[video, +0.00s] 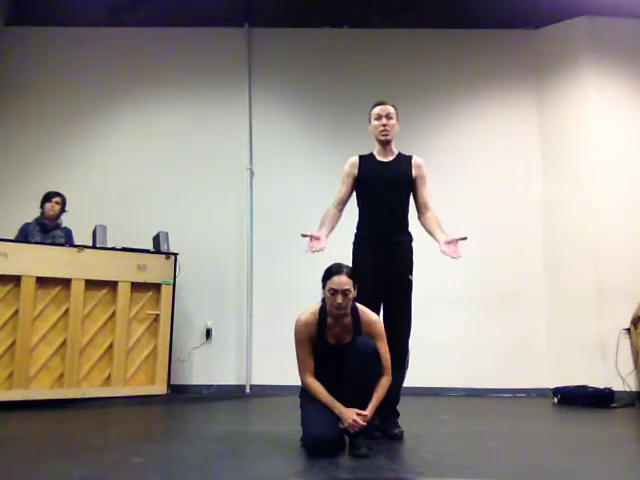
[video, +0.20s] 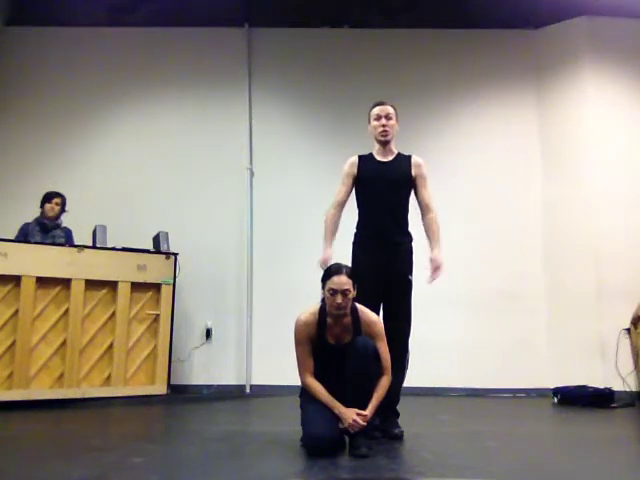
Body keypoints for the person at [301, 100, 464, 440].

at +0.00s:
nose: (384, 122)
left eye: (389, 117)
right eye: (378, 118)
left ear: (398, 124)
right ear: (370, 126)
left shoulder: (414, 166)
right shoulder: (356, 165)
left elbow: (425, 210)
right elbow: (337, 206)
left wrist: (442, 237)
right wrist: (323, 232)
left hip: (399, 259)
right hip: (365, 258)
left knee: (397, 339)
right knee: (361, 337)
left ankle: (389, 416)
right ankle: (360, 417)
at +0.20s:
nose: (383, 123)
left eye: (388, 118)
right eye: (378, 118)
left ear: (397, 125)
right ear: (369, 126)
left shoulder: (414, 165)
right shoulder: (356, 165)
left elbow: (427, 211)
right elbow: (336, 207)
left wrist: (436, 250)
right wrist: (327, 247)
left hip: (399, 258)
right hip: (365, 257)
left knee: (397, 338)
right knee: (361, 336)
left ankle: (389, 415)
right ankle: (361, 416)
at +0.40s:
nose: (382, 123)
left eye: (387, 118)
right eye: (377, 118)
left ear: (396, 124)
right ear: (368, 126)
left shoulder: (413, 165)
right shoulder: (354, 165)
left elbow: (420, 215)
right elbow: (345, 214)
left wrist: (418, 258)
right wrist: (347, 259)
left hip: (398, 257)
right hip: (364, 257)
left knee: (396, 338)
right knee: (361, 337)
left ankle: (389, 415)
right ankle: (362, 417)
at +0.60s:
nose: (381, 122)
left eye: (387, 117)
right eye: (376, 118)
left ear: (395, 124)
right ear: (367, 126)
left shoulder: (412, 165)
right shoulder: (354, 165)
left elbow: (422, 214)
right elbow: (339, 212)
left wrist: (419, 259)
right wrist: (343, 258)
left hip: (398, 259)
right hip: (364, 259)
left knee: (396, 339)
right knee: (359, 339)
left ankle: (389, 415)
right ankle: (360, 417)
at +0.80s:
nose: (381, 122)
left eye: (386, 117)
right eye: (375, 117)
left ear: (395, 124)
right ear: (366, 126)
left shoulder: (411, 165)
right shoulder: (353, 165)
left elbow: (420, 214)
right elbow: (340, 213)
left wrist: (419, 258)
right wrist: (343, 260)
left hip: (398, 258)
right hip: (364, 258)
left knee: (396, 339)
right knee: (360, 338)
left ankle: (389, 415)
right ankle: (360, 417)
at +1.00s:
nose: (381, 121)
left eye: (386, 116)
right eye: (375, 117)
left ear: (394, 124)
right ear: (366, 125)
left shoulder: (411, 165)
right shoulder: (352, 165)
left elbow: (420, 214)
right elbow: (341, 214)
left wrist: (418, 259)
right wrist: (344, 261)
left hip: (397, 258)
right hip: (363, 259)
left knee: (396, 339)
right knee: (360, 338)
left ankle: (389, 415)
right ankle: (361, 417)